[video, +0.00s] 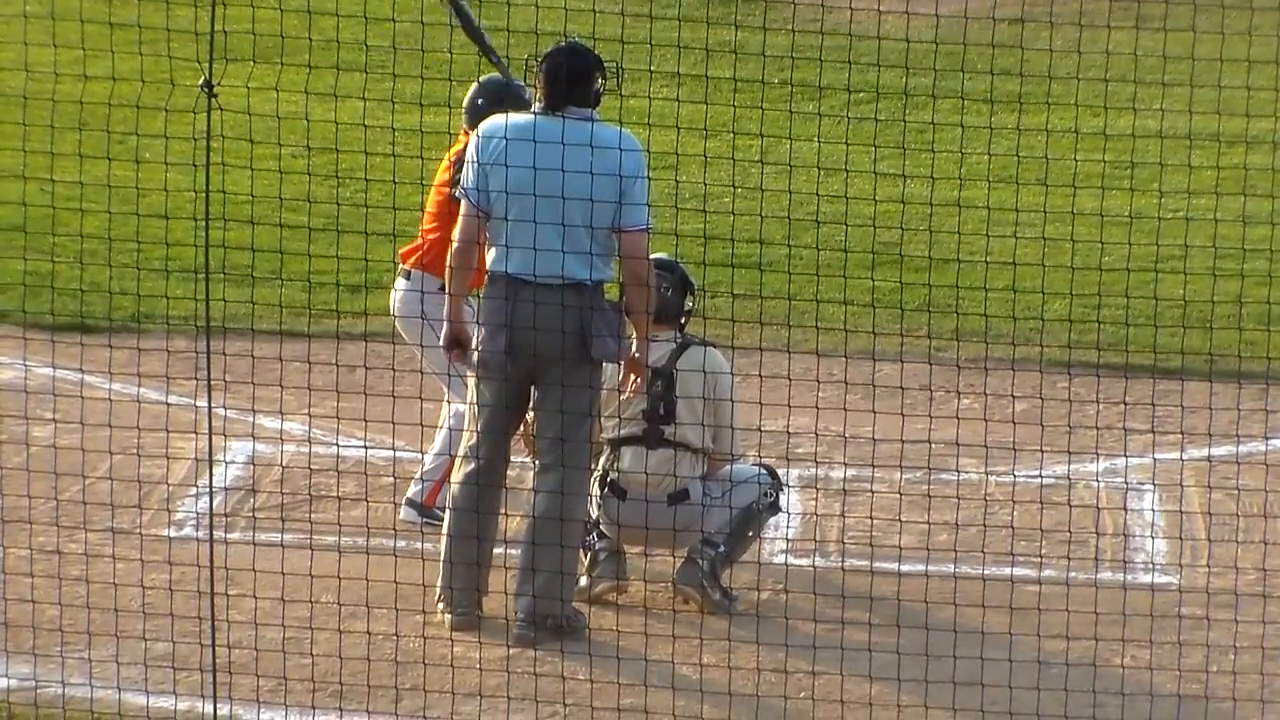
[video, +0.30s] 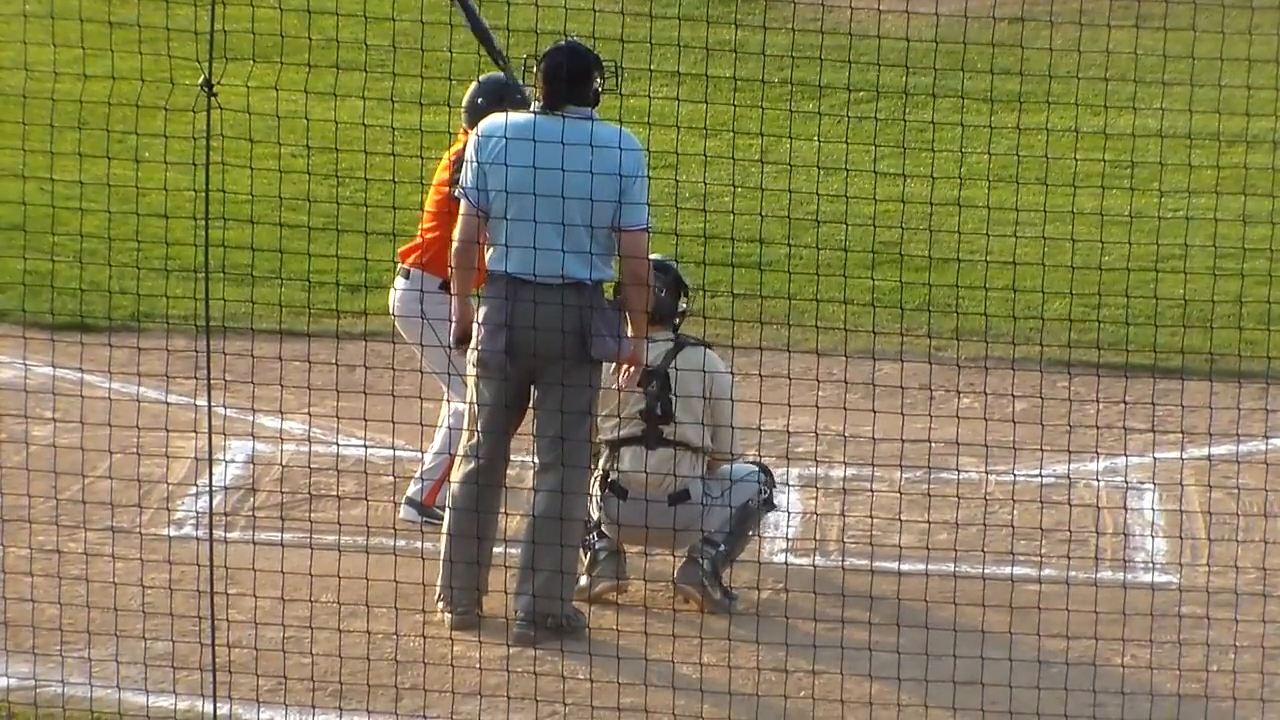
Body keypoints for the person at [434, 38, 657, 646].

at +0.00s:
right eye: (598, 89)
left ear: (540, 87)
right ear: (596, 92)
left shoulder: (494, 135)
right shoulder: (623, 148)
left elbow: (466, 240)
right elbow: (635, 260)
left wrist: (455, 311)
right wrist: (639, 342)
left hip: (505, 309)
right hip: (580, 316)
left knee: (482, 454)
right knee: (565, 464)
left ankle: (459, 598)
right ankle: (543, 609)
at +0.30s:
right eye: (596, 88)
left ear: (538, 86)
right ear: (595, 91)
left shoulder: (493, 134)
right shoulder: (623, 147)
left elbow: (467, 240)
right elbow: (634, 252)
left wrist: (461, 310)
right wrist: (636, 334)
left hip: (506, 309)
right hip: (580, 314)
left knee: (481, 452)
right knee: (564, 462)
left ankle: (459, 596)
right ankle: (544, 607)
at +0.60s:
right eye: (596, 91)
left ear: (540, 89)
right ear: (595, 93)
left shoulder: (495, 136)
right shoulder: (623, 149)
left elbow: (454, 239)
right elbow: (638, 255)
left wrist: (459, 305)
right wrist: (638, 329)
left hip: (506, 311)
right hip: (582, 318)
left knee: (462, 431)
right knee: (568, 460)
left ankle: (452, 575)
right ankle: (545, 605)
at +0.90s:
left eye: (528, 109)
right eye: (589, 116)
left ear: (530, 113)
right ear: (586, 118)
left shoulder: (486, 158)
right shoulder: (608, 171)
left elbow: (427, 246)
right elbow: (631, 263)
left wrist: (443, 318)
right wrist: (637, 336)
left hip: (483, 326)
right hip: (560, 334)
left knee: (439, 443)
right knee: (579, 472)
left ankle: (384, 569)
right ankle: (544, 604)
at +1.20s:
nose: (580, 158)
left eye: (510, 145)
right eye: (578, 151)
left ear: (515, 146)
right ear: (571, 154)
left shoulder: (471, 189)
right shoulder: (586, 197)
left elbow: (400, 264)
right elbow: (605, 281)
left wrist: (424, 341)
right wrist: (632, 354)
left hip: (456, 341)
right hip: (533, 344)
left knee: (437, 431)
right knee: (623, 457)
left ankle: (383, 563)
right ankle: (638, 592)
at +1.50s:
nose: (604, 230)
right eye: (603, 224)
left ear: (546, 223)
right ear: (597, 228)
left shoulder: (498, 258)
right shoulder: (610, 271)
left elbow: (410, 308)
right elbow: (628, 339)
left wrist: (440, 376)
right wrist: (646, 413)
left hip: (469, 407)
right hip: (548, 412)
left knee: (442, 451)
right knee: (657, 473)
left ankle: (383, 563)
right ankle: (649, 605)